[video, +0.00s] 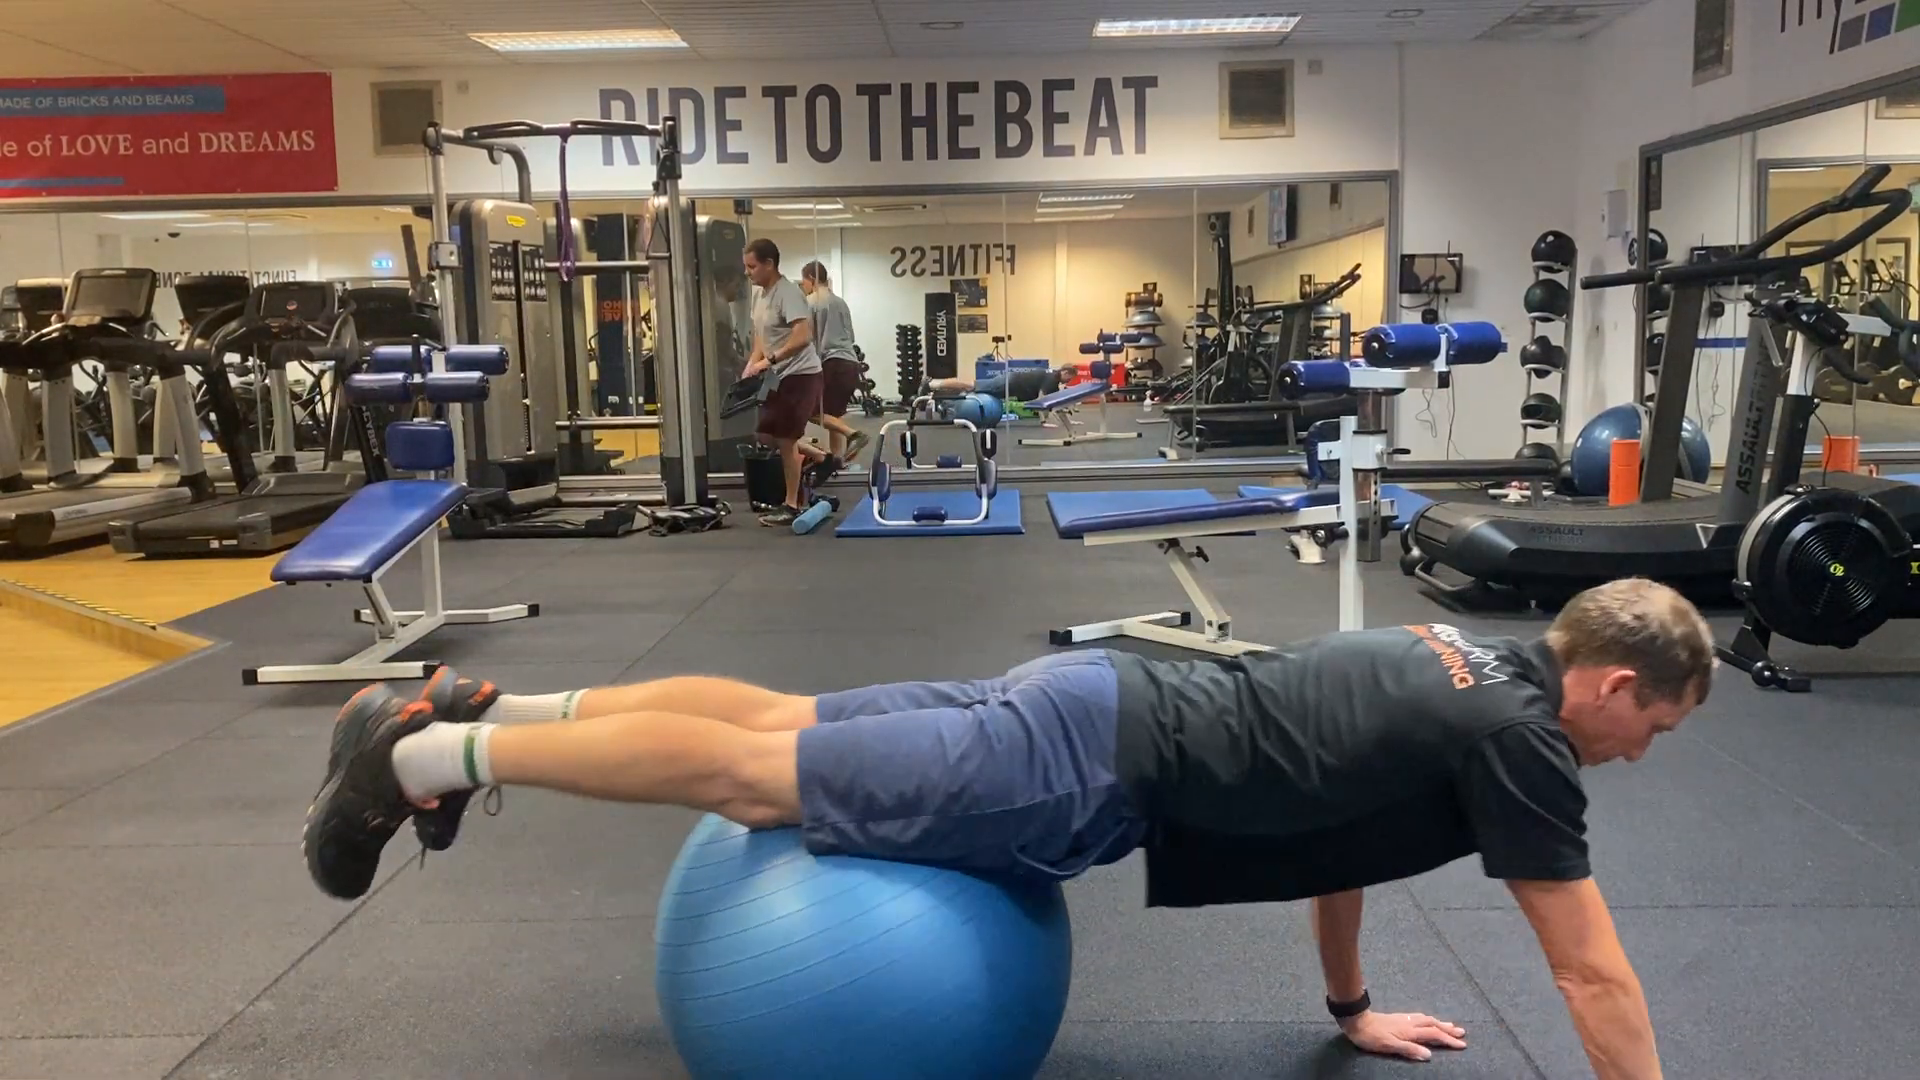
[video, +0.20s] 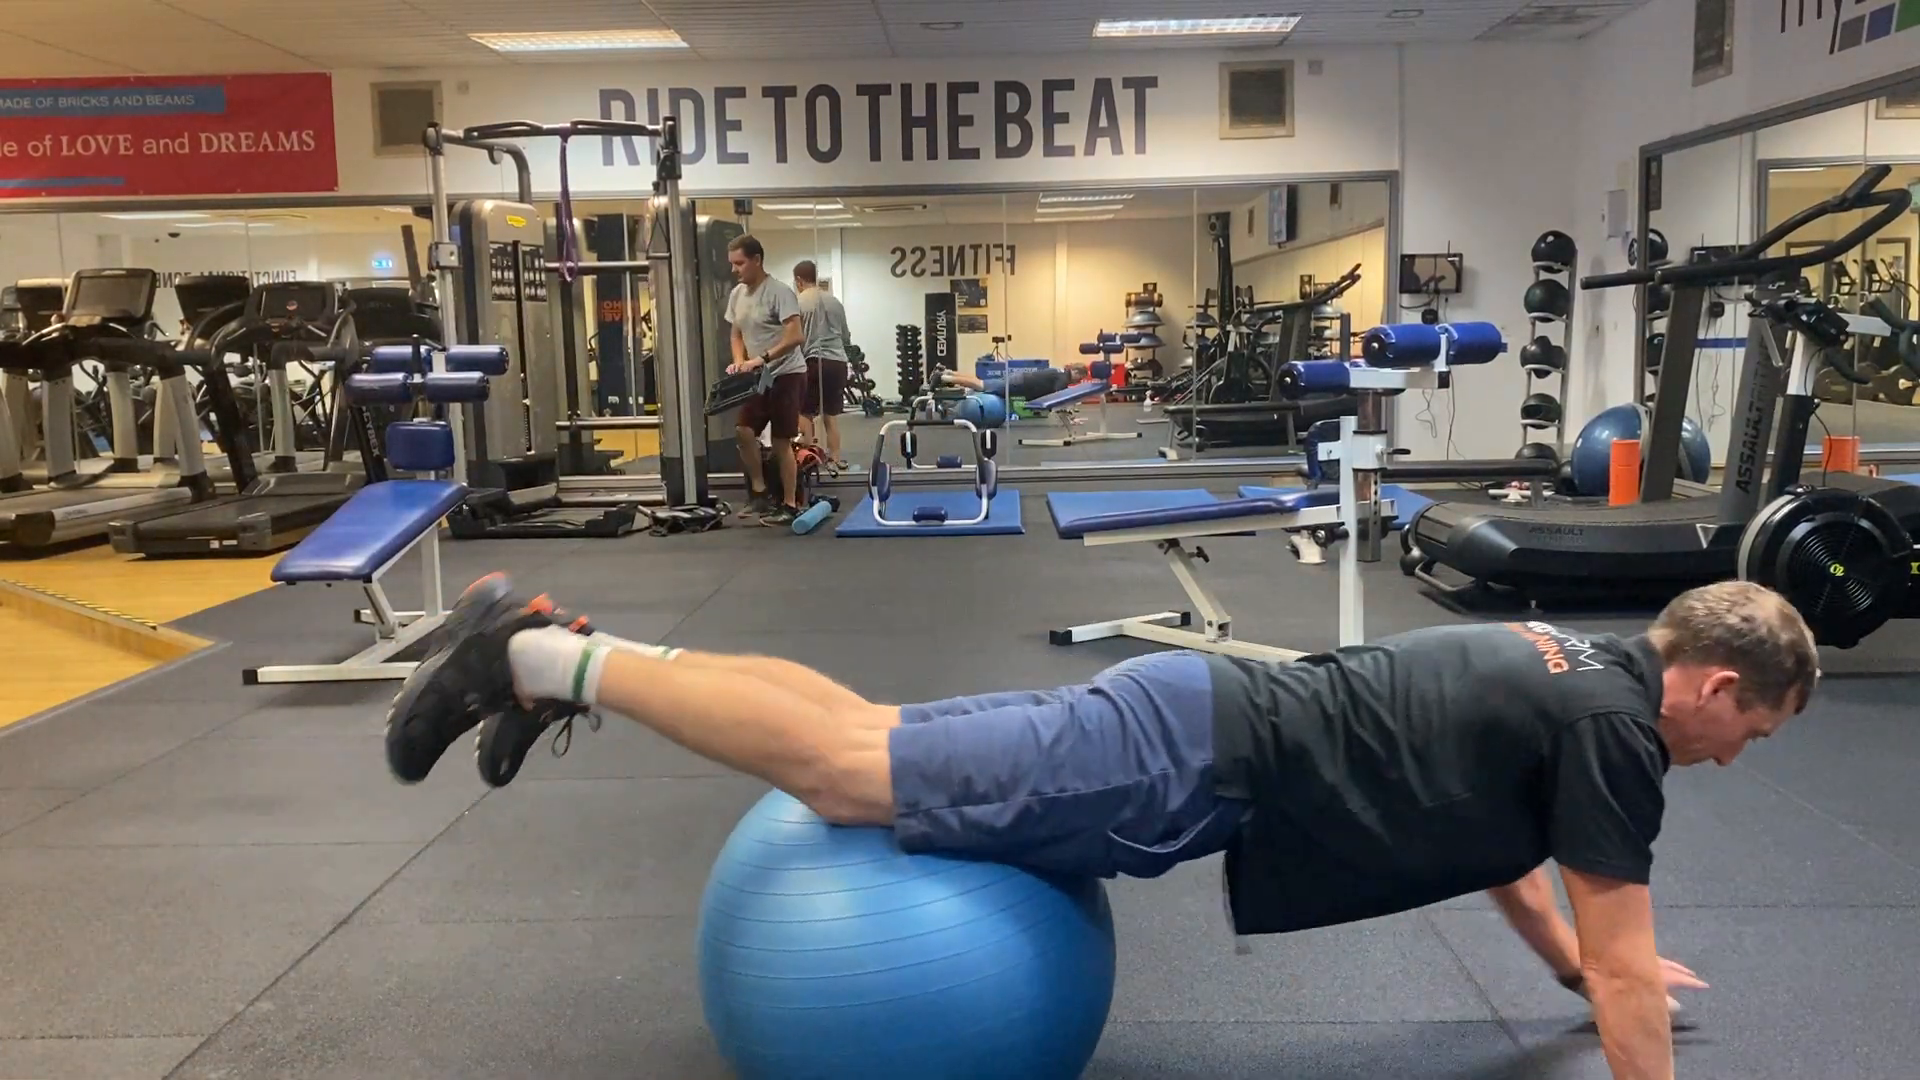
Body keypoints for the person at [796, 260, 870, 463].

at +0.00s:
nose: (803, 285)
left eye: (803, 281)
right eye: (802, 281)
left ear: (811, 279)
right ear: (825, 279)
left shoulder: (812, 302)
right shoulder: (841, 302)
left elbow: (811, 337)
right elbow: (850, 335)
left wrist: (810, 362)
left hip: (831, 361)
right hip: (851, 362)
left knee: (812, 413)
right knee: (835, 416)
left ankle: (853, 434)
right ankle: (836, 462)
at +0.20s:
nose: (796, 284)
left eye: (795, 281)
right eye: (796, 281)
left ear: (799, 280)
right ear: (815, 278)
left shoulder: (798, 303)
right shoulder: (834, 301)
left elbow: (796, 337)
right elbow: (846, 335)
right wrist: (839, 350)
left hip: (810, 363)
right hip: (837, 363)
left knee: (805, 415)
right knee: (831, 418)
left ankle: (807, 460)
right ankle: (835, 462)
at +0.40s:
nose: (787, 286)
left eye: (786, 282)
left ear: (786, 283)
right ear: (807, 279)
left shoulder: (786, 305)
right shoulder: (824, 302)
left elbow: (783, 339)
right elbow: (836, 334)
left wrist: (788, 358)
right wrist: (823, 347)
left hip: (801, 366)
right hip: (828, 367)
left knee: (799, 420)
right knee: (823, 417)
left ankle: (801, 464)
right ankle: (827, 460)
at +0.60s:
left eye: (776, 284)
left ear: (775, 284)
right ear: (796, 280)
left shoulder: (774, 307)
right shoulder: (814, 303)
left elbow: (767, 341)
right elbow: (826, 335)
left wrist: (777, 360)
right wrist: (812, 348)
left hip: (789, 366)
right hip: (813, 366)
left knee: (791, 416)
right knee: (808, 414)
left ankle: (794, 456)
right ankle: (813, 452)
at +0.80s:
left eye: (767, 284)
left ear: (767, 285)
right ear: (787, 281)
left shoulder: (769, 308)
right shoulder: (809, 305)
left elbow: (760, 342)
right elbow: (815, 338)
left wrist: (772, 356)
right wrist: (805, 352)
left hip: (784, 368)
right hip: (809, 368)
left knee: (788, 418)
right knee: (802, 418)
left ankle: (798, 458)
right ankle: (804, 458)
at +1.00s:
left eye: (761, 287)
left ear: (760, 289)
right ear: (780, 284)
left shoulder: (762, 312)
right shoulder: (801, 307)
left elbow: (761, 345)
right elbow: (810, 341)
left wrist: (767, 366)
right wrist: (800, 354)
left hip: (781, 369)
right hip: (805, 369)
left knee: (785, 418)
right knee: (795, 417)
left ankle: (799, 457)